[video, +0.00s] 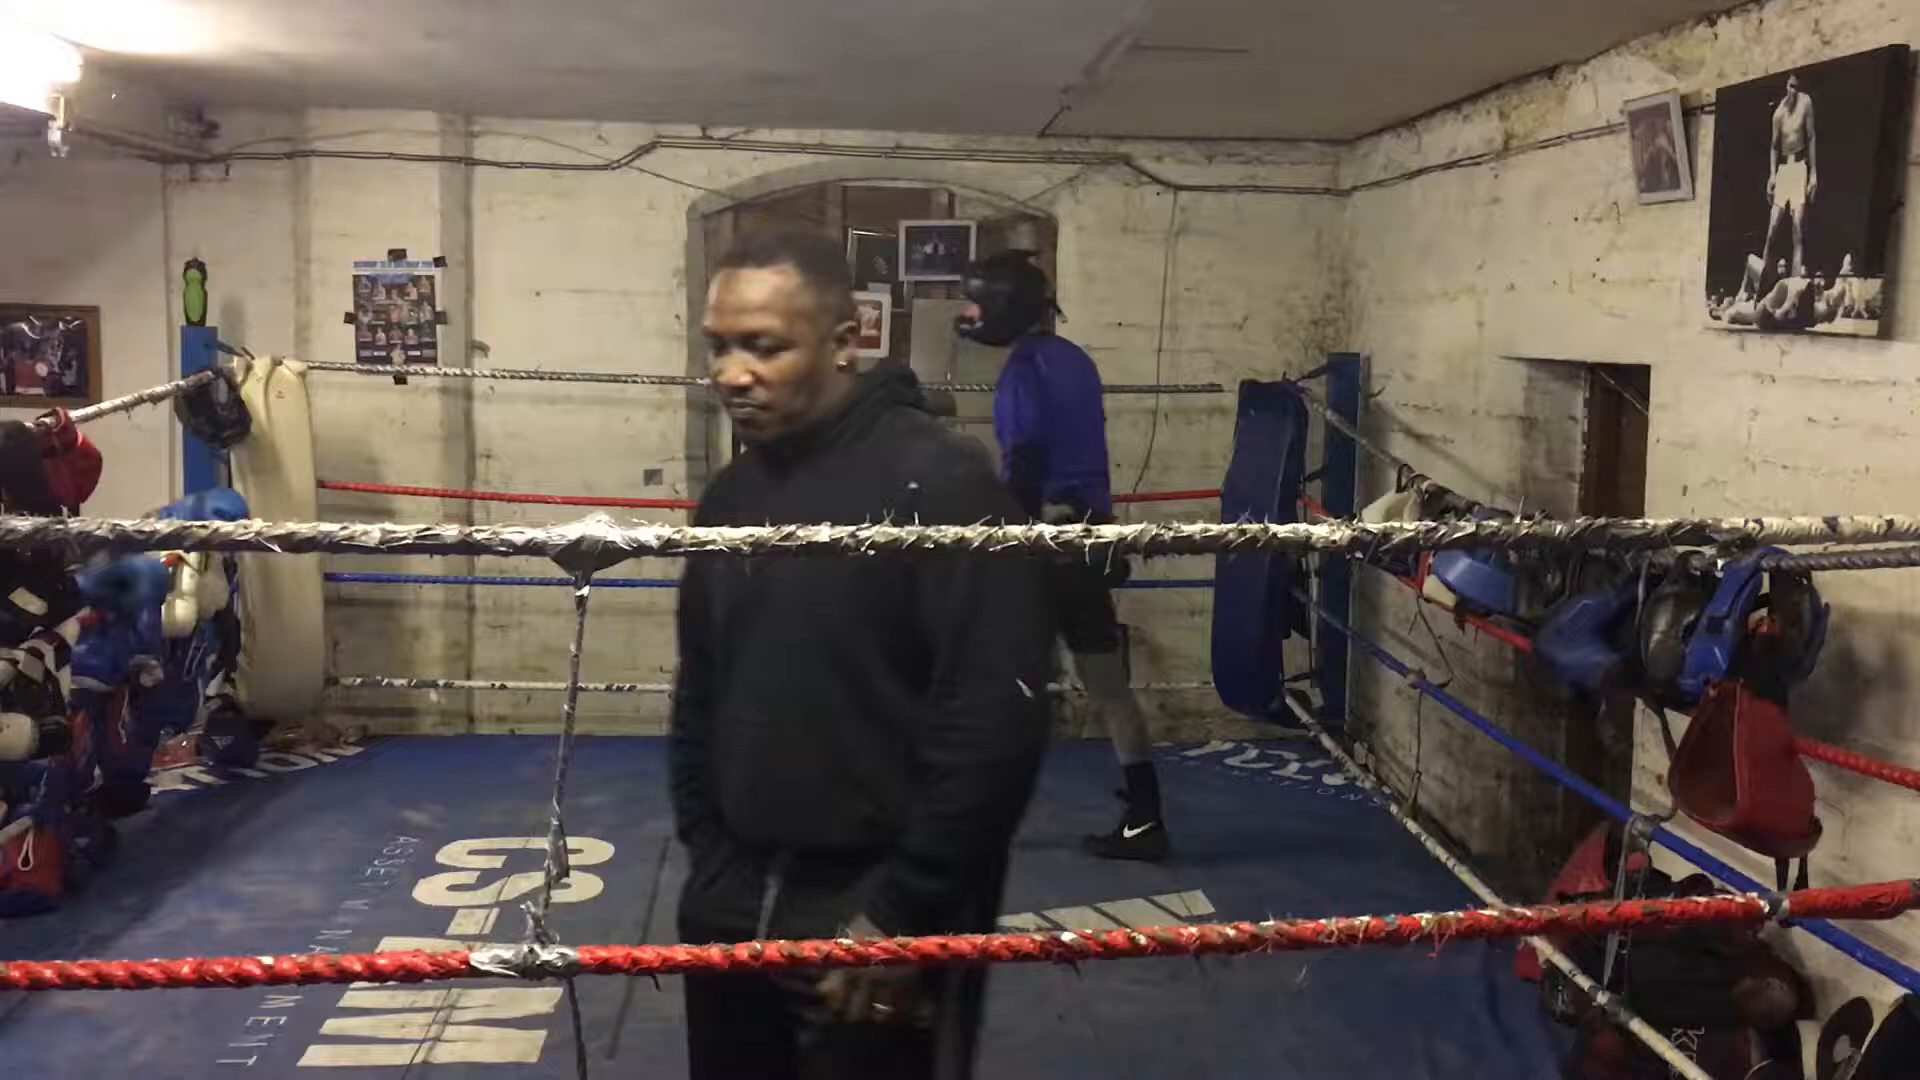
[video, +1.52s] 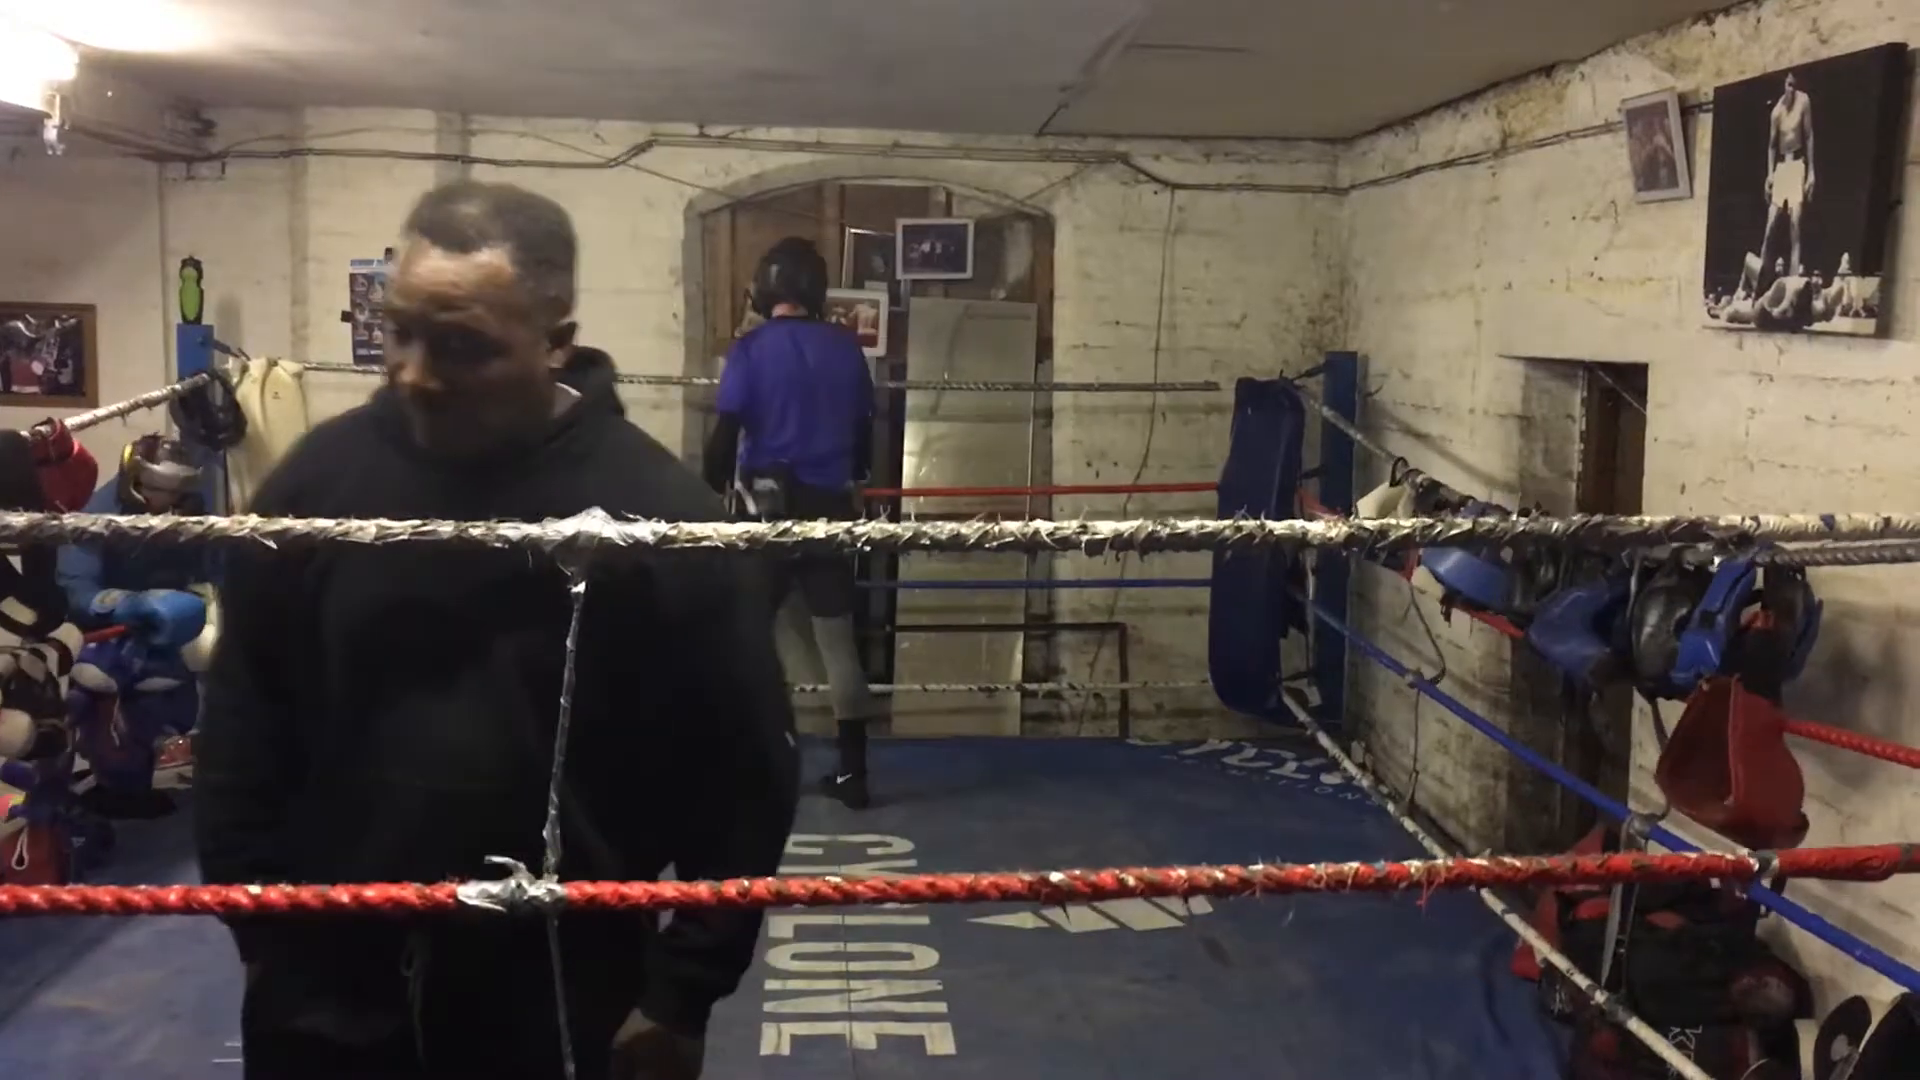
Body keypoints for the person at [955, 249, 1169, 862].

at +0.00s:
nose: (972, 311)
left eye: (983, 301)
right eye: (973, 299)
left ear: (1013, 308)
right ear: (1038, 306)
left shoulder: (1021, 368)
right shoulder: (1074, 359)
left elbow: (1025, 456)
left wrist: (1012, 533)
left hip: (1040, 537)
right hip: (1090, 534)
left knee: (1014, 686)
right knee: (1109, 685)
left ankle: (982, 819)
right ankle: (1143, 820)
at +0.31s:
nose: (913, 305)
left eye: (922, 292)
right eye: (913, 291)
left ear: (951, 296)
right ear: (978, 295)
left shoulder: (951, 365)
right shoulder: (1024, 354)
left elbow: (941, 447)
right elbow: (1041, 431)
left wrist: (924, 497)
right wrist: (1022, 486)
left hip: (968, 517)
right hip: (1021, 513)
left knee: (966, 662)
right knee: (1001, 658)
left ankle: (964, 811)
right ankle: (1069, 764)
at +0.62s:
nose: (872, 305)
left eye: (877, 295)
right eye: (873, 295)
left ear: (892, 299)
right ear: (940, 299)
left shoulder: (893, 357)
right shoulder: (977, 356)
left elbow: (867, 443)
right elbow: (992, 446)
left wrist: (837, 504)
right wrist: (983, 508)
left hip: (913, 519)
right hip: (969, 519)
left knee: (935, 670)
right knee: (914, 660)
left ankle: (964, 813)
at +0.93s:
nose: (841, 299)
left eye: (846, 290)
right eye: (845, 289)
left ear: (860, 293)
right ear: (903, 298)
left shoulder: (856, 352)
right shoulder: (929, 362)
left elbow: (839, 435)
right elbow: (936, 449)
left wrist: (819, 503)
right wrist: (933, 515)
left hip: (861, 516)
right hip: (912, 517)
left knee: (861, 659)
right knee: (875, 655)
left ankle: (934, 783)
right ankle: (851, 790)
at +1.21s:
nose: (809, 299)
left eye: (814, 289)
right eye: (813, 290)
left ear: (825, 293)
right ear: (870, 296)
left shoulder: (825, 347)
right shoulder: (892, 352)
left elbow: (813, 425)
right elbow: (898, 422)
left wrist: (795, 488)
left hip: (829, 498)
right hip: (883, 501)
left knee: (820, 629)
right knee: (870, 631)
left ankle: (821, 763)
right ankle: (858, 771)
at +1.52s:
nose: (755, 291)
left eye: (759, 282)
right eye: (761, 282)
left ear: (766, 289)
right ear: (819, 290)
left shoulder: (750, 349)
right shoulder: (847, 347)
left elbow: (727, 427)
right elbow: (863, 424)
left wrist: (714, 492)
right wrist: (857, 481)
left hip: (765, 502)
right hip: (831, 501)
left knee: (753, 630)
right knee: (837, 636)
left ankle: (768, 766)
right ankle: (853, 774)